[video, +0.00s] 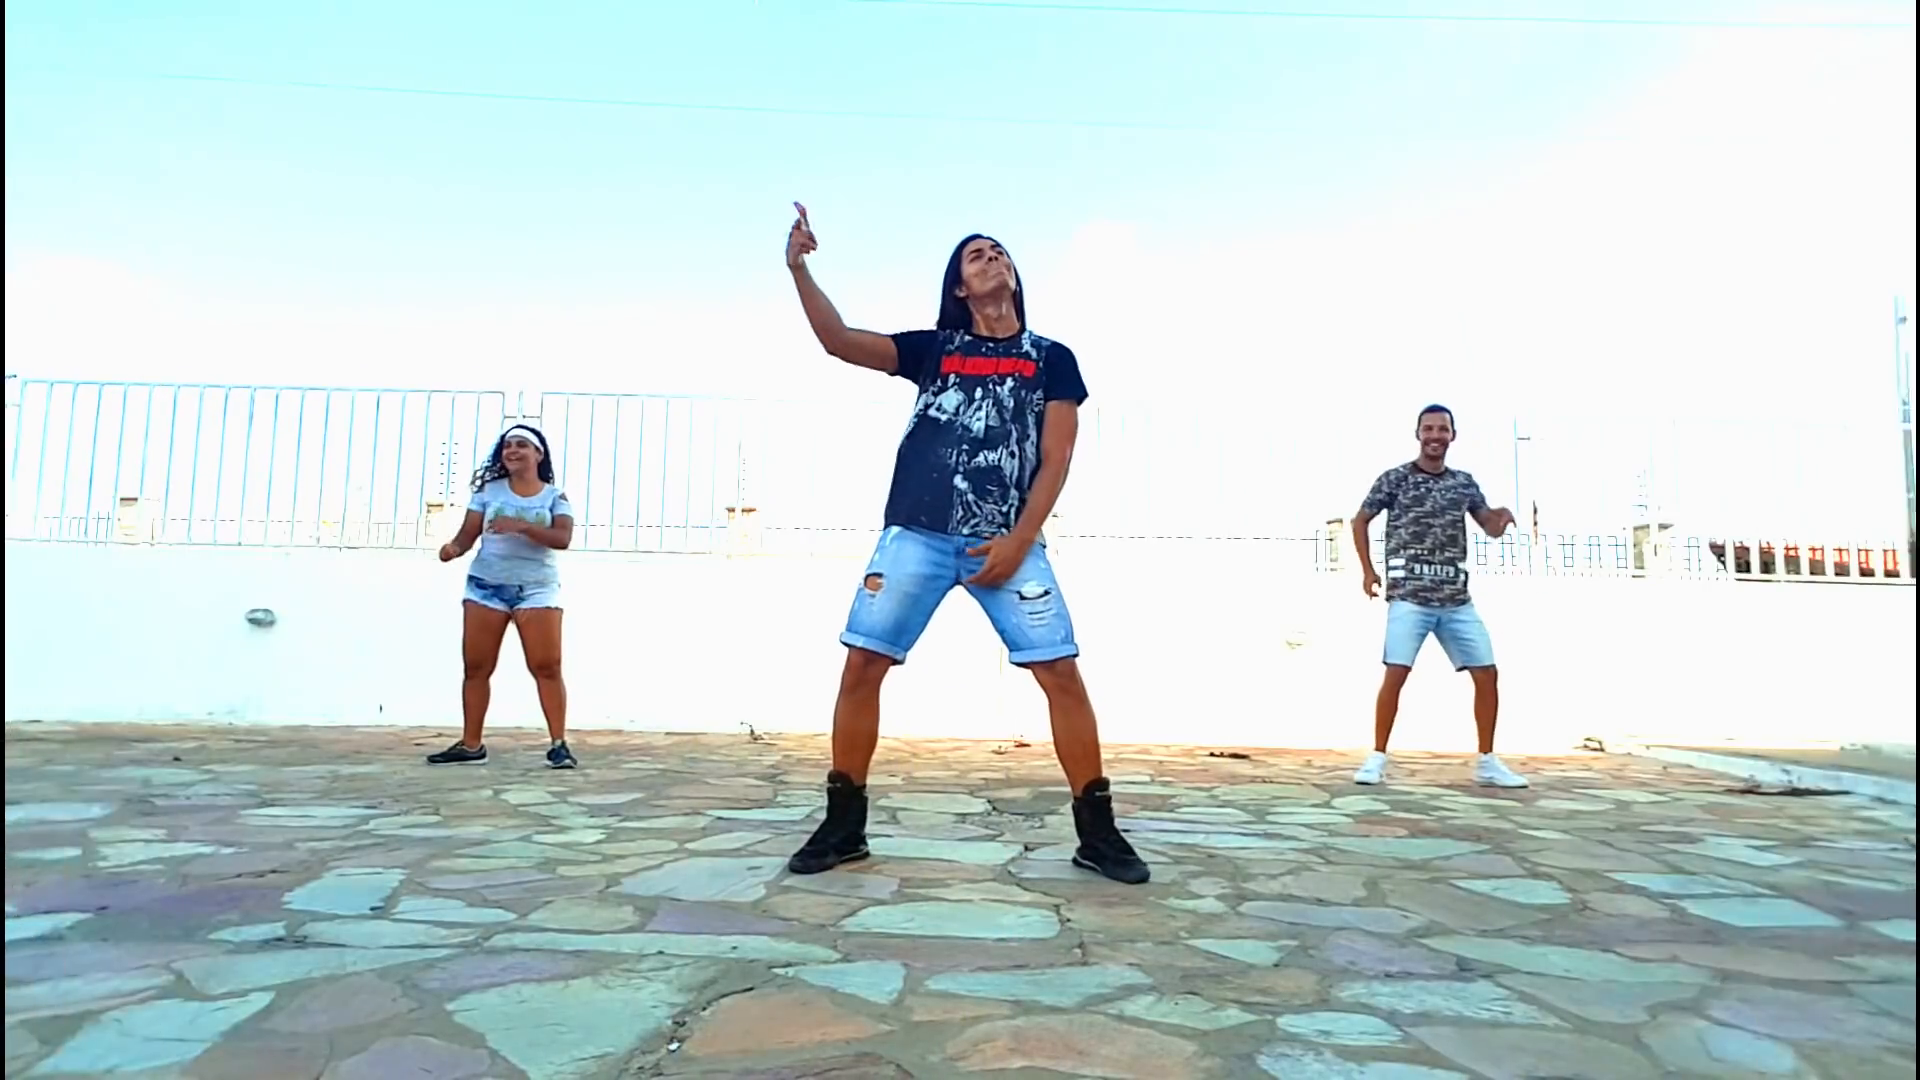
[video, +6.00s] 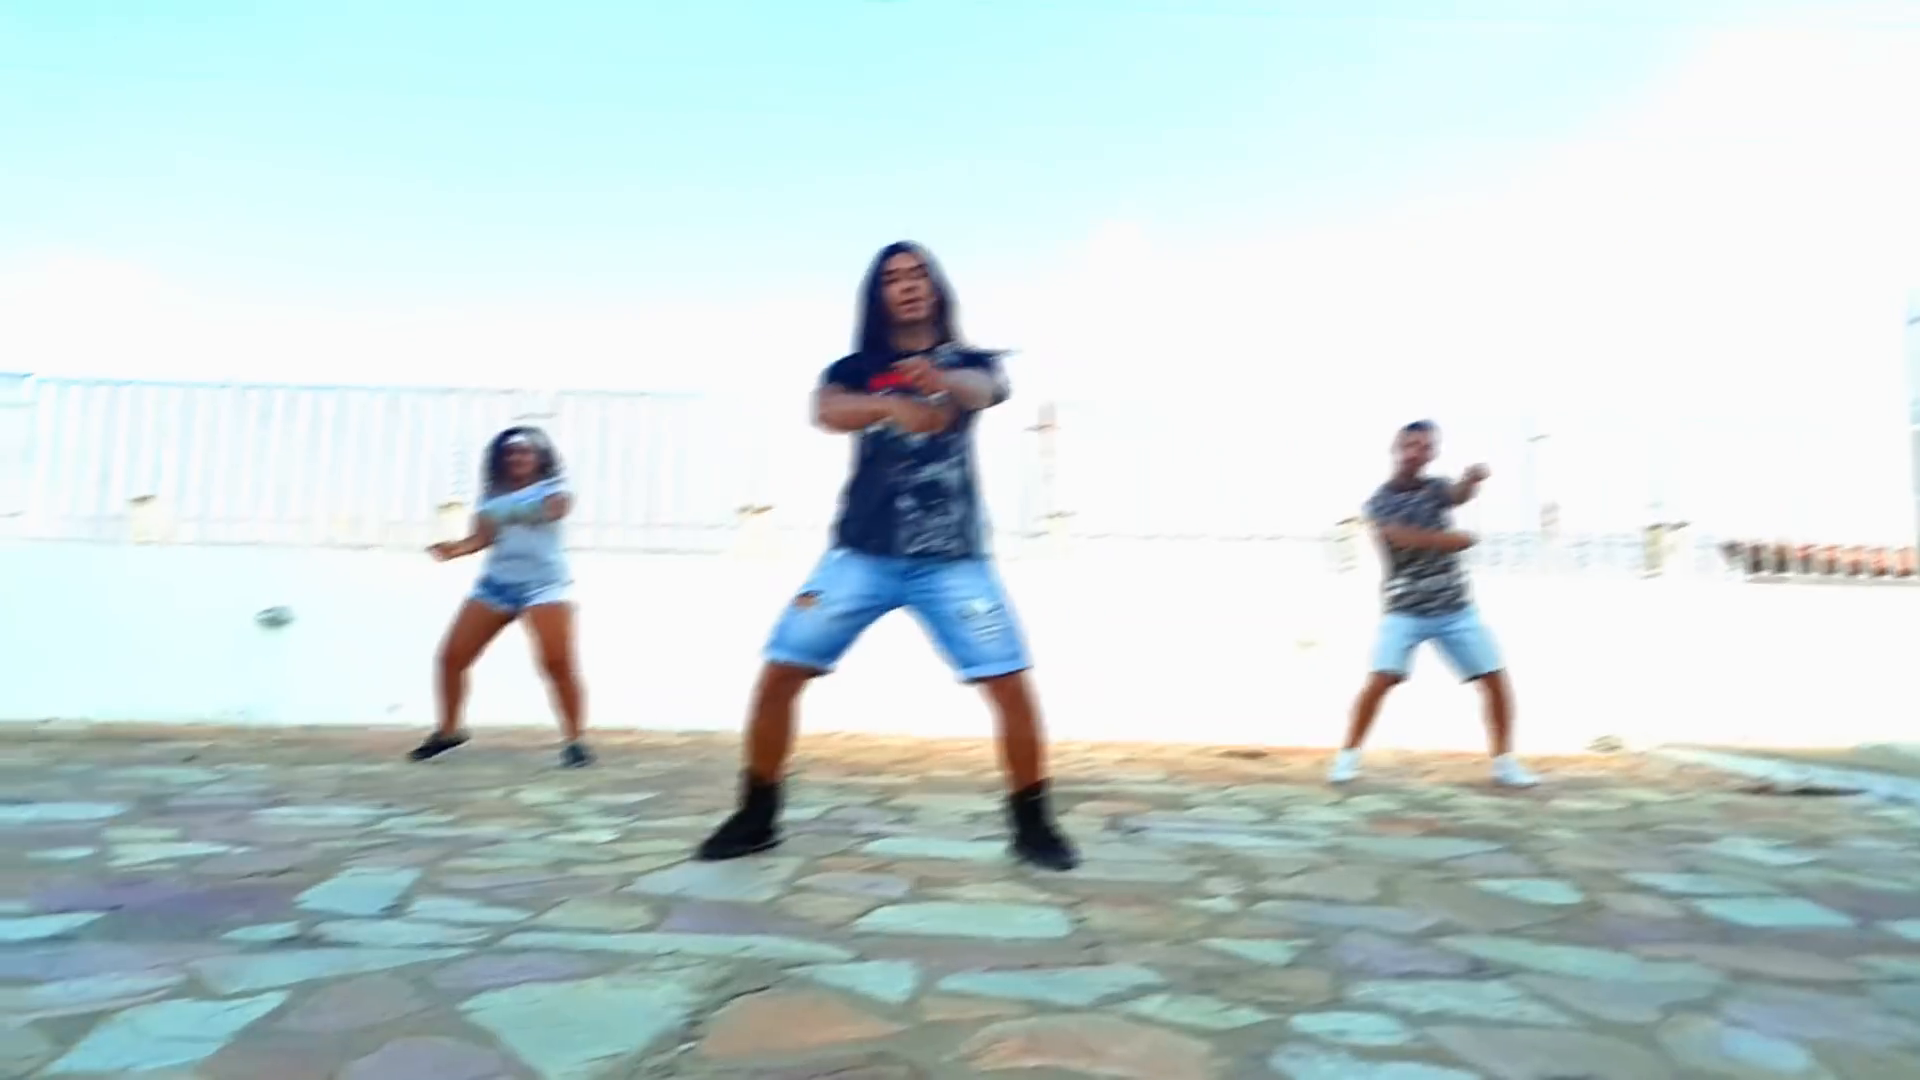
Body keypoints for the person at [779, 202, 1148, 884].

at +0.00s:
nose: (986, 256)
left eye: (994, 251)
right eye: (972, 257)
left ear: (1015, 277)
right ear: (958, 289)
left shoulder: (1051, 359)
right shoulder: (932, 350)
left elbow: (1056, 462)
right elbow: (840, 340)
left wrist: (1020, 539)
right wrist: (799, 267)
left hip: (1010, 541)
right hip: (917, 534)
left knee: (1061, 673)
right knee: (862, 666)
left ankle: (1098, 831)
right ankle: (843, 823)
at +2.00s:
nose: (982, 258)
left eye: (990, 251)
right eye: (967, 253)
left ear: (1007, 271)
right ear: (949, 277)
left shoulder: (1046, 347)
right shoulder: (923, 344)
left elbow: (1082, 423)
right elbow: (835, 394)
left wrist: (1059, 463)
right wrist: (829, 363)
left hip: (1013, 535)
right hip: (922, 529)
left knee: (1061, 672)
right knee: (868, 666)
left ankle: (1097, 831)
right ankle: (842, 825)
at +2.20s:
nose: (975, 262)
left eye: (985, 254)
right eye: (961, 255)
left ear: (1001, 273)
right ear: (943, 276)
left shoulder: (1035, 339)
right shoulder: (923, 345)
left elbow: (1043, 377)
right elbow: (924, 394)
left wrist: (1033, 373)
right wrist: (863, 374)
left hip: (1011, 529)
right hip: (924, 525)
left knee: (1054, 669)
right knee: (871, 664)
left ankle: (1094, 828)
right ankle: (843, 822)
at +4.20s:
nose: (958, 274)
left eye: (970, 263)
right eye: (947, 270)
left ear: (997, 277)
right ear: (940, 292)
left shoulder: (1036, 344)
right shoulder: (919, 358)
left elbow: (1048, 372)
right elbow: (864, 429)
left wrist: (1009, 365)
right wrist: (901, 387)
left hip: (1016, 535)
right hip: (929, 532)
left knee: (1067, 668)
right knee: (870, 665)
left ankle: (1098, 832)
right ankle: (840, 823)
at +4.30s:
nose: (943, 272)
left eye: (956, 260)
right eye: (941, 267)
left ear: (992, 271)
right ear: (946, 286)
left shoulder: (1044, 340)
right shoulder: (931, 350)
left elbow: (1049, 372)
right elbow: (855, 423)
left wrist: (1004, 371)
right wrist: (840, 349)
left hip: (1017, 534)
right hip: (930, 530)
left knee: (1066, 667)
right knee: (873, 666)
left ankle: (1098, 831)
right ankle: (841, 824)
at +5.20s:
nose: (1005, 250)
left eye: (1009, 242)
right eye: (987, 246)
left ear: (1022, 263)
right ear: (962, 273)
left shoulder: (1058, 335)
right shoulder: (941, 354)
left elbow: (1052, 399)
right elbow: (895, 445)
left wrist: (1013, 444)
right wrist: (813, 454)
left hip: (1020, 537)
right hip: (931, 531)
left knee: (1074, 669)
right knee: (876, 667)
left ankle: (1100, 832)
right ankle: (843, 824)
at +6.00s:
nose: (909, 288)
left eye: (918, 276)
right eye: (895, 280)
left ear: (938, 287)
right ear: (876, 298)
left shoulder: (969, 362)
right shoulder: (854, 369)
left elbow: (989, 388)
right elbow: (826, 411)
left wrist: (944, 380)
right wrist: (892, 408)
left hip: (953, 561)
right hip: (862, 558)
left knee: (1011, 684)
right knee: (779, 673)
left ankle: (1033, 824)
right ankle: (755, 816)